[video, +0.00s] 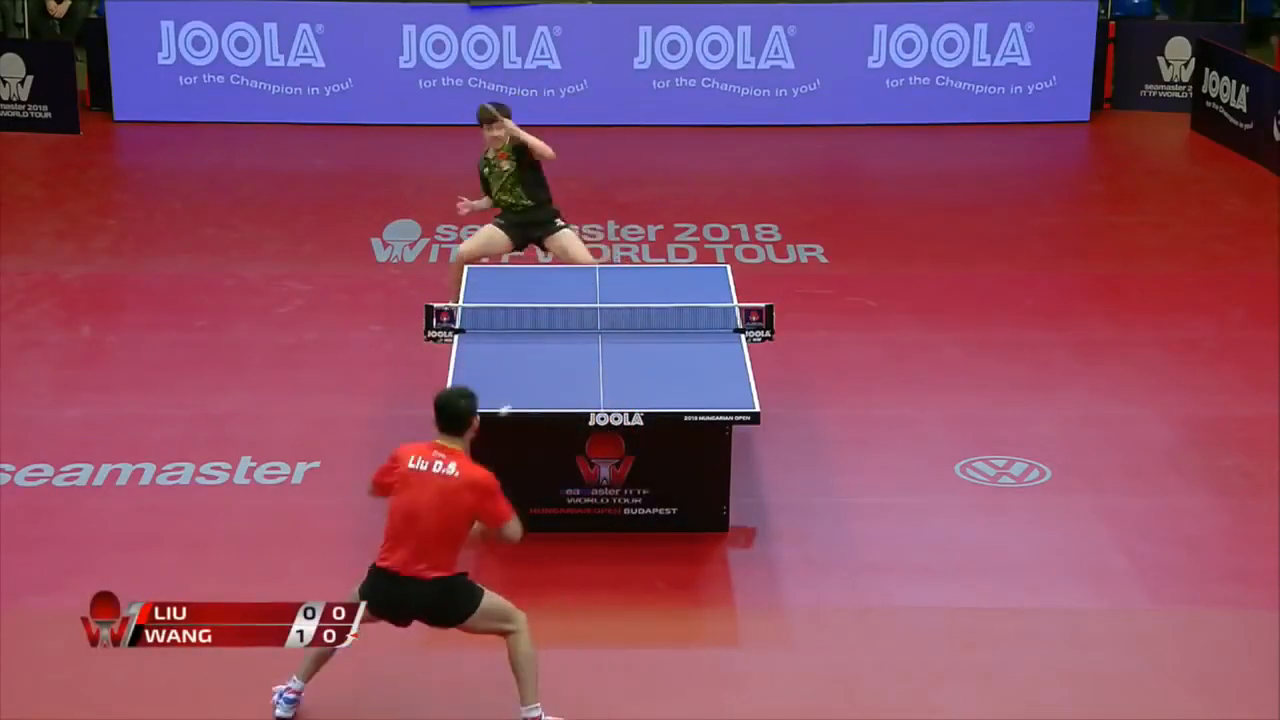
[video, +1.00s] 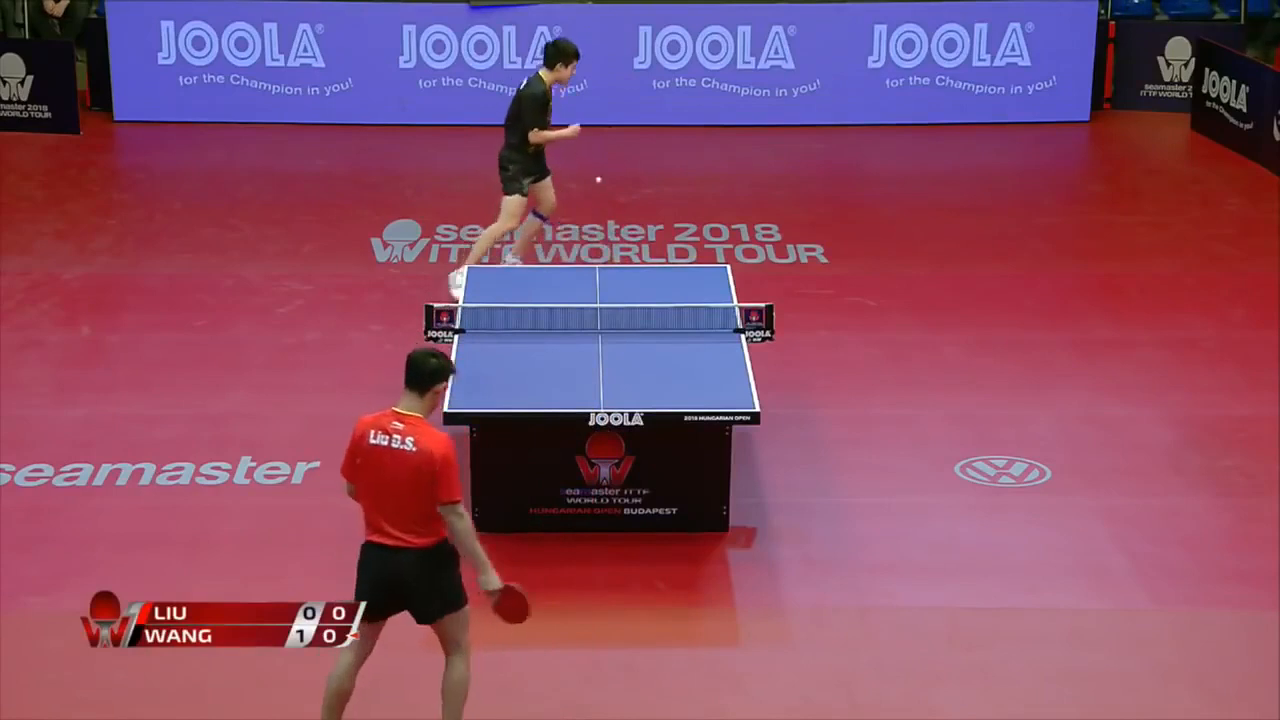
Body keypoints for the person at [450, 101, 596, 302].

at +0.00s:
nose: (496, 134)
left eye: (500, 128)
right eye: (490, 129)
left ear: (508, 127)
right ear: (483, 130)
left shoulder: (521, 147)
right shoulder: (485, 162)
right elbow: (493, 199)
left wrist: (516, 131)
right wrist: (473, 205)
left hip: (544, 220)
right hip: (510, 224)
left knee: (587, 264)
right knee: (463, 254)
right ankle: (455, 307)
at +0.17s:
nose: (527, 103)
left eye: (532, 98)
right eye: (522, 97)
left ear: (540, 98)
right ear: (513, 98)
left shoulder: (554, 124)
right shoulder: (497, 126)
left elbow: (568, 152)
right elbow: (486, 153)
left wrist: (580, 169)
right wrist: (505, 177)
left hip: (550, 190)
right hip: (514, 192)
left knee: (593, 234)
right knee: (474, 237)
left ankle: (620, 287)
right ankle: (457, 296)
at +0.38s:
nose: (563, 120)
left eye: (568, 114)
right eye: (557, 114)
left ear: (575, 117)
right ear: (548, 116)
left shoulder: (572, 142)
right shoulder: (537, 144)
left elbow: (566, 179)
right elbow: (540, 186)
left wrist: (591, 209)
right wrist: (584, 186)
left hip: (551, 203)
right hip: (520, 204)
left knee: (596, 240)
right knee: (487, 257)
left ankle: (623, 284)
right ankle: (449, 286)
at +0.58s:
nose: (563, 107)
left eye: (566, 102)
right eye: (560, 100)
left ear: (566, 101)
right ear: (544, 97)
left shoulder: (548, 121)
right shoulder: (520, 123)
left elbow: (532, 150)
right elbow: (522, 166)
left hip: (532, 185)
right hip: (505, 188)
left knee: (575, 228)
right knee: (484, 249)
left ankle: (610, 273)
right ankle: (450, 284)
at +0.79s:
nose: (562, 89)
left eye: (564, 83)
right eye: (561, 83)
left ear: (546, 80)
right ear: (545, 80)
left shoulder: (538, 103)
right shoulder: (516, 106)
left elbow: (525, 137)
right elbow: (513, 148)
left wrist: (526, 159)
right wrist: (549, 148)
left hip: (522, 170)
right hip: (498, 173)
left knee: (557, 210)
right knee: (481, 234)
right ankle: (449, 281)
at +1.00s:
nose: (573, 73)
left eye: (573, 68)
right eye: (572, 67)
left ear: (554, 64)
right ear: (559, 66)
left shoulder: (543, 86)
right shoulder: (535, 91)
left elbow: (531, 128)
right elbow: (534, 136)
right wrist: (565, 133)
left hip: (533, 158)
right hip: (516, 161)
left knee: (547, 205)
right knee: (509, 221)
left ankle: (513, 257)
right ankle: (463, 272)